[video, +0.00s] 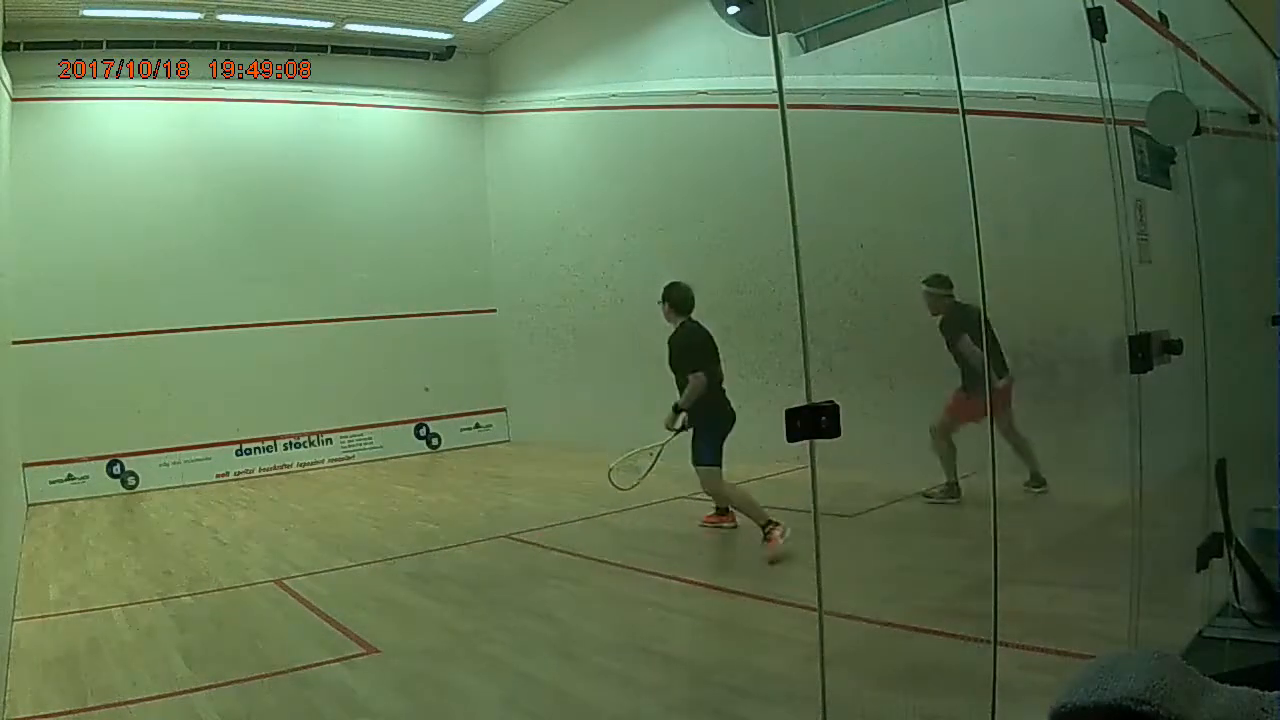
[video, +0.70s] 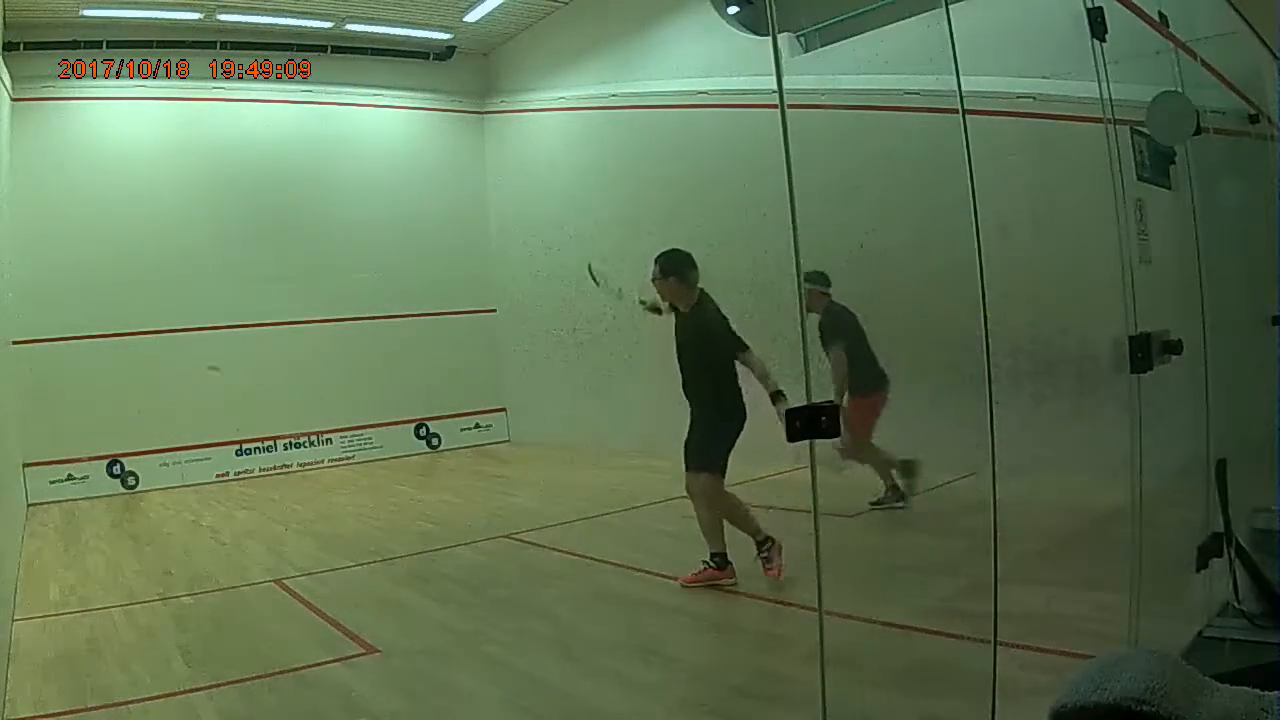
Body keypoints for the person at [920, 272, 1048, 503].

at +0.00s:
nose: (927, 304)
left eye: (929, 298)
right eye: (926, 299)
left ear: (940, 298)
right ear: (947, 296)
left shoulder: (949, 323)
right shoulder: (972, 311)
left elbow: (972, 353)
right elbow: (991, 344)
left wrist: (993, 380)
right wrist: (999, 375)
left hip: (976, 392)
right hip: (1002, 384)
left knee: (940, 431)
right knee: (1009, 430)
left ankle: (951, 485)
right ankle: (1037, 477)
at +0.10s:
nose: (922, 301)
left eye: (924, 295)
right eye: (921, 295)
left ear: (937, 293)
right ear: (943, 292)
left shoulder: (951, 316)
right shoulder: (965, 308)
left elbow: (971, 350)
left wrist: (990, 380)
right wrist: (1000, 376)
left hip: (977, 386)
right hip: (1000, 383)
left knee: (937, 423)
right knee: (1009, 429)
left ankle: (953, 479)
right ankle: (1036, 475)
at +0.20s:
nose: (914, 285)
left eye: (916, 279)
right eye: (913, 279)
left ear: (929, 277)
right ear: (933, 276)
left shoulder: (947, 301)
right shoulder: (953, 294)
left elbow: (964, 342)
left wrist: (981, 373)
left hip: (967, 376)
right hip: (981, 371)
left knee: (938, 423)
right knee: (995, 419)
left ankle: (978, 459)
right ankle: (1027, 465)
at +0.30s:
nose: (906, 285)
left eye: (909, 279)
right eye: (905, 280)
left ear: (923, 277)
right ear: (926, 278)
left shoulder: (938, 303)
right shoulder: (947, 296)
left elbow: (943, 349)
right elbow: (960, 341)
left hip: (963, 375)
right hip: (971, 369)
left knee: (959, 434)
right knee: (965, 426)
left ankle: (1007, 462)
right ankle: (1007, 456)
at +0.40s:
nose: (897, 299)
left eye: (900, 292)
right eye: (897, 292)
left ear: (915, 292)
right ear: (917, 292)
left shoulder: (928, 318)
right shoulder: (935, 312)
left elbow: (911, 364)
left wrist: (887, 397)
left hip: (963, 387)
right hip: (955, 386)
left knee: (978, 443)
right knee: (931, 427)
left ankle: (1023, 473)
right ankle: (972, 457)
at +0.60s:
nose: (832, 305)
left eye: (835, 299)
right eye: (832, 299)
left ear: (850, 299)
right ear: (852, 299)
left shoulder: (858, 326)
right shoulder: (867, 318)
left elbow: (848, 370)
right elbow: (849, 368)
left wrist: (837, 393)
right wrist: (837, 392)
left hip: (907, 392)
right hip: (895, 392)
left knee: (922, 448)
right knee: (875, 436)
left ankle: (978, 460)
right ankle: (895, 491)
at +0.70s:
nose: (804, 300)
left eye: (806, 294)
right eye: (804, 295)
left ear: (817, 294)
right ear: (822, 293)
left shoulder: (830, 320)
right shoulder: (840, 313)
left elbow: (839, 361)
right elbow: (844, 359)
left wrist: (837, 401)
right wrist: (841, 396)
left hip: (865, 390)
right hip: (872, 386)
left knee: (854, 447)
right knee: (858, 444)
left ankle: (901, 467)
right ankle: (892, 487)